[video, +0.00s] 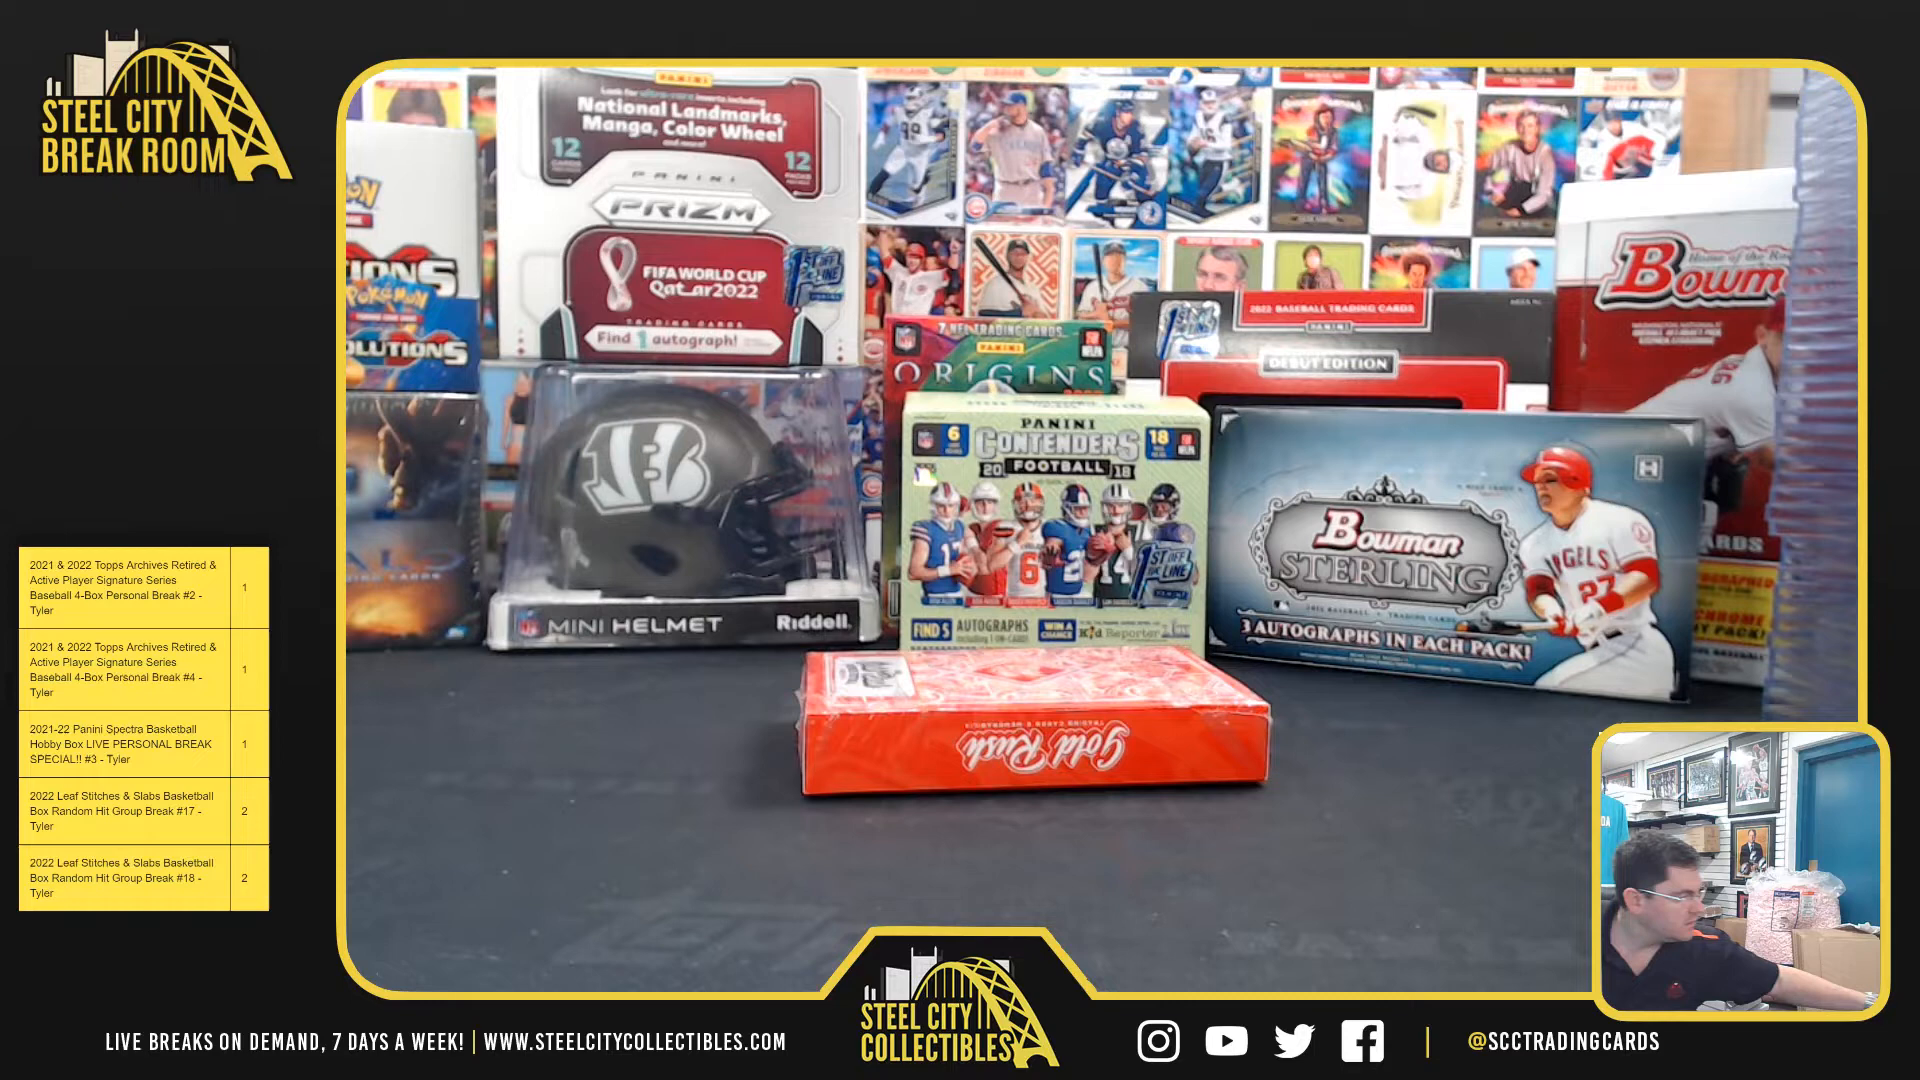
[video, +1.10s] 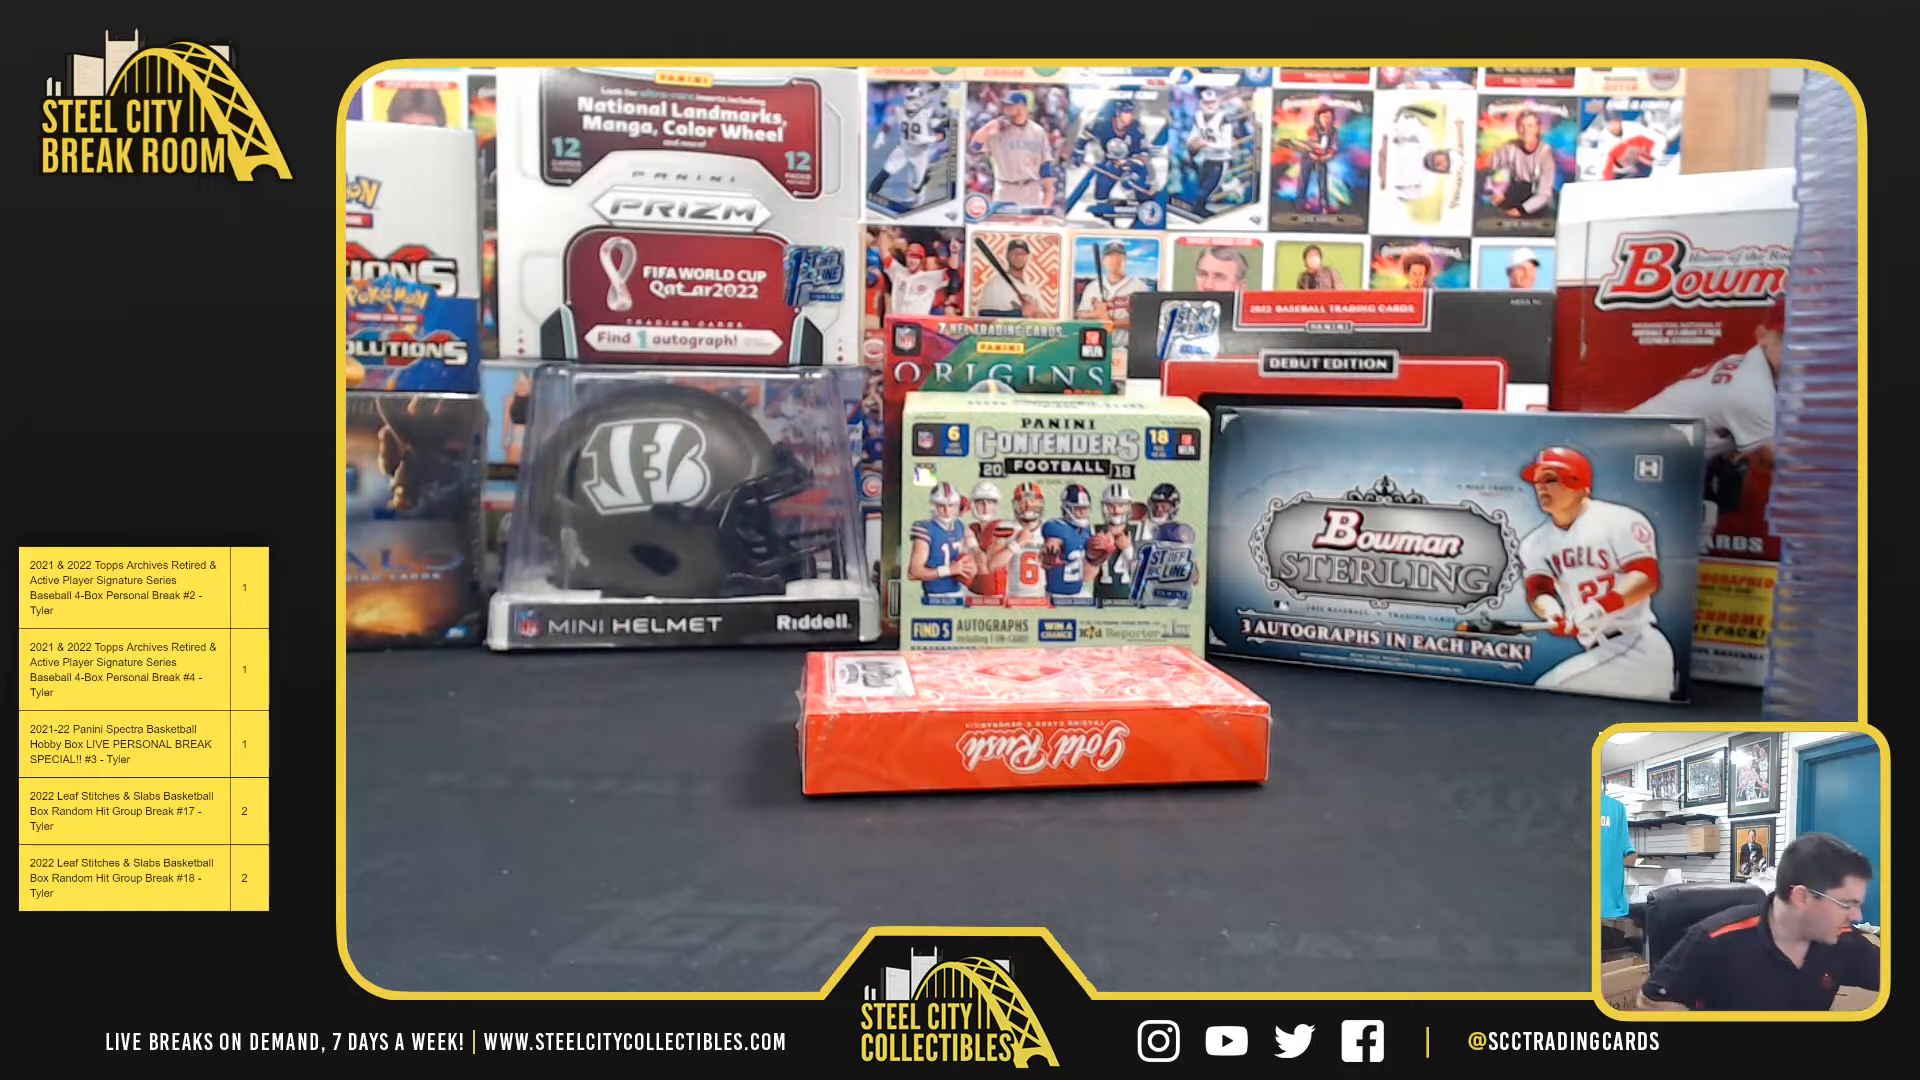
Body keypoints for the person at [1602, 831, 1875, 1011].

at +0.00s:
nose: (1699, 908)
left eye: (1699, 894)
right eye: (1682, 896)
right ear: (1634, 901)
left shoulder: (1706, 954)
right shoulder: (1578, 938)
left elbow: (1781, 983)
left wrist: (1869, 1003)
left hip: (1657, 1062)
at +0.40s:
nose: (1742, 909)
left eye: (1742, 896)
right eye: (1727, 898)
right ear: (1681, 899)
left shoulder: (1748, 946)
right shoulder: (1606, 941)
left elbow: (1818, 972)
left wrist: (1886, 990)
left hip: (1707, 1058)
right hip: (1619, 1054)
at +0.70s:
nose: (1780, 900)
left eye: (1780, 887)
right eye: (1769, 888)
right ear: (1724, 888)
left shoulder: (1788, 935)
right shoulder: (1648, 942)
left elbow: (1868, 969)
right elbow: (1608, 1011)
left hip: (1758, 1054)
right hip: (1671, 1057)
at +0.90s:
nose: (1816, 908)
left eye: (1817, 895)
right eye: (1805, 896)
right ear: (1759, 893)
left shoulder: (1817, 940)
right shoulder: (1682, 940)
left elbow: (1886, 982)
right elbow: (1629, 994)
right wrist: (1642, 1050)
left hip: (1780, 1061)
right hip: (1695, 1061)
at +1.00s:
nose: (1839, 915)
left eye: (1841, 902)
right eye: (1828, 902)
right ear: (1781, 896)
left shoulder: (1834, 946)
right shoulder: (1695, 943)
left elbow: (1892, 981)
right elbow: (1643, 995)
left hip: (1792, 1061)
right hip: (1708, 1062)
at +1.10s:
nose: (1857, 917)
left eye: (1859, 905)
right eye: (1847, 905)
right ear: (1800, 897)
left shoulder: (1844, 943)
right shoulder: (1711, 941)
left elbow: (1895, 981)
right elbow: (1651, 1001)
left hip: (1803, 1056)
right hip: (1725, 1058)